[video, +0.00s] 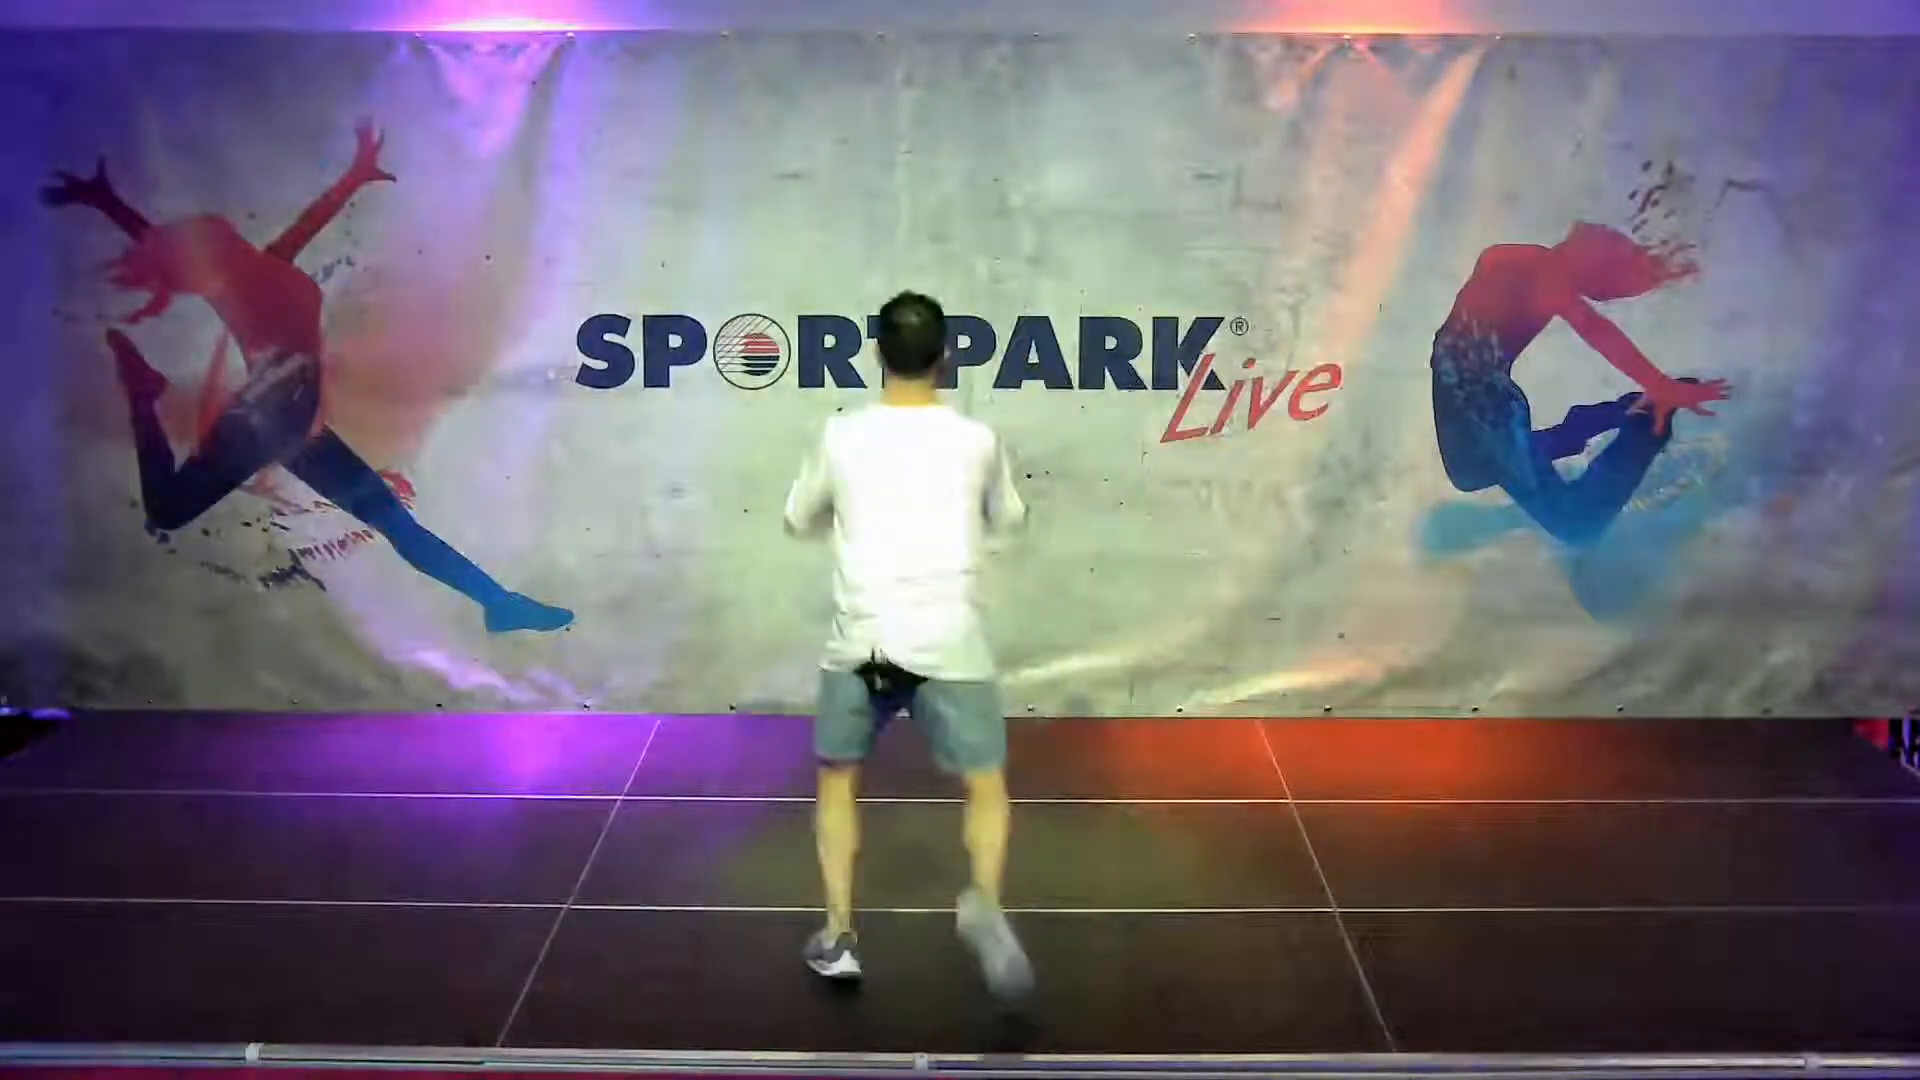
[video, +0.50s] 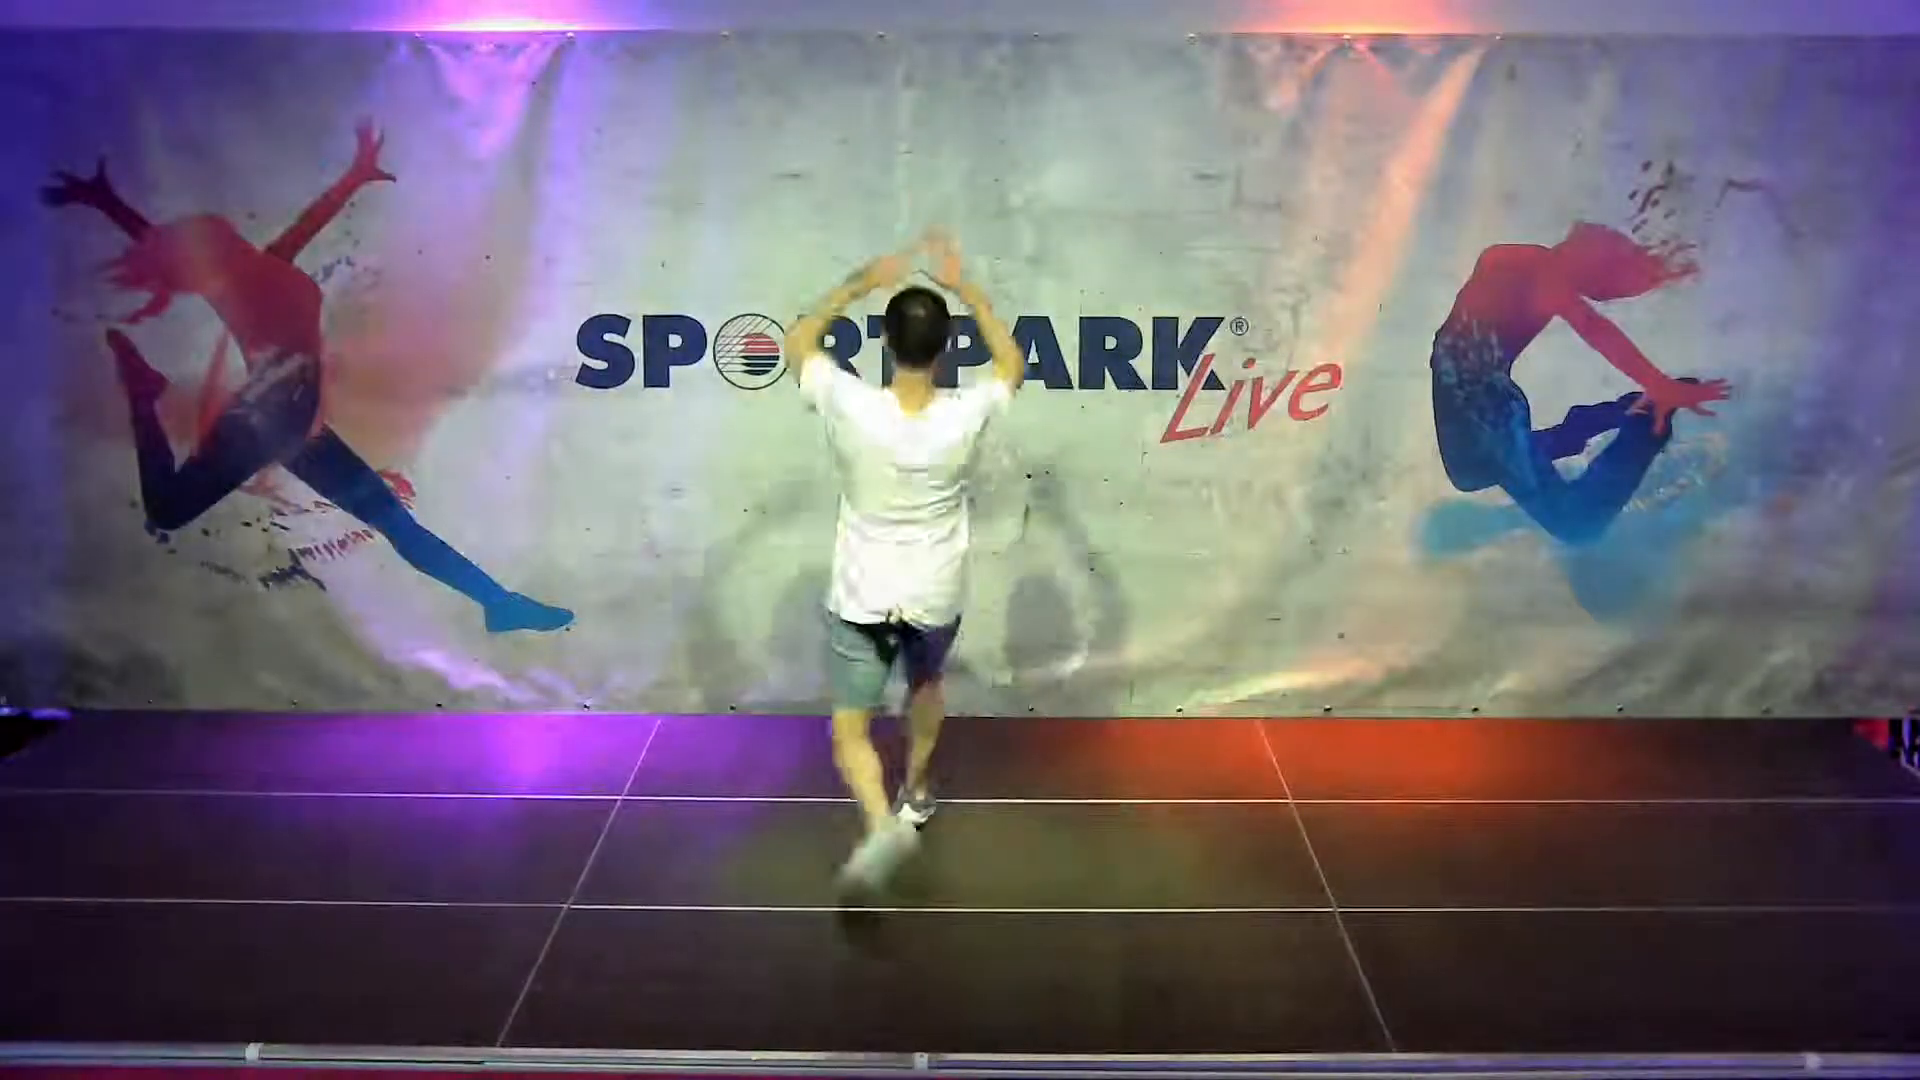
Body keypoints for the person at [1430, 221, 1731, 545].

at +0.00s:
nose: (1597, 286)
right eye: (1605, 279)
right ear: (1591, 243)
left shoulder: (1551, 282)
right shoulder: (1536, 266)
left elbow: (1596, 329)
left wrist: (1657, 384)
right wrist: (1647, 266)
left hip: (1486, 396)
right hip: (1455, 386)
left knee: (1574, 525)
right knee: (1468, 474)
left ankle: (1648, 425)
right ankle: (1568, 438)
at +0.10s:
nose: (1596, 284)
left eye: (1604, 280)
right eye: (1605, 278)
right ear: (1590, 243)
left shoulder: (1551, 284)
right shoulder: (1534, 265)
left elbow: (1596, 329)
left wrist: (1657, 383)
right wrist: (1647, 265)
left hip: (1485, 397)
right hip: (1455, 386)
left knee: (1575, 524)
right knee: (1468, 474)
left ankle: (1648, 425)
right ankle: (1569, 437)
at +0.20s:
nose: (1597, 287)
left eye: (1607, 285)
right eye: (1606, 280)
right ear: (1590, 245)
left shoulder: (1551, 283)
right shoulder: (1533, 265)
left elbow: (1596, 329)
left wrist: (1656, 383)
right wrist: (1646, 264)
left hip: (1485, 396)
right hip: (1455, 385)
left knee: (1575, 524)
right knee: (1468, 474)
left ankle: (1648, 425)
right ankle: (1569, 437)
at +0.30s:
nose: (1596, 284)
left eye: (1604, 281)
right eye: (1605, 278)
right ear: (1591, 243)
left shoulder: (1551, 284)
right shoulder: (1534, 265)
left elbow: (1596, 329)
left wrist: (1657, 383)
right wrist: (1647, 265)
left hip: (1485, 397)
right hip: (1455, 386)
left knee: (1575, 524)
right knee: (1468, 474)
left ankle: (1648, 426)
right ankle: (1569, 437)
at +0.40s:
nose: (1597, 284)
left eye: (1605, 281)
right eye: (1605, 278)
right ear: (1592, 243)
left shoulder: (1551, 283)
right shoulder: (1534, 265)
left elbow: (1596, 329)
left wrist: (1657, 383)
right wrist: (1648, 266)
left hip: (1485, 397)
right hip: (1455, 385)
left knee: (1575, 524)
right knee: (1468, 474)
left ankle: (1648, 426)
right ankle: (1569, 437)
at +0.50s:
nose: (1597, 284)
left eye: (1605, 281)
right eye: (1605, 278)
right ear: (1592, 243)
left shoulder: (1551, 283)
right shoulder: (1534, 265)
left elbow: (1596, 330)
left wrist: (1657, 383)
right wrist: (1649, 266)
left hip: (1485, 396)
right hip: (1455, 385)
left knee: (1575, 524)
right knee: (1468, 474)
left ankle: (1647, 426)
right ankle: (1569, 437)